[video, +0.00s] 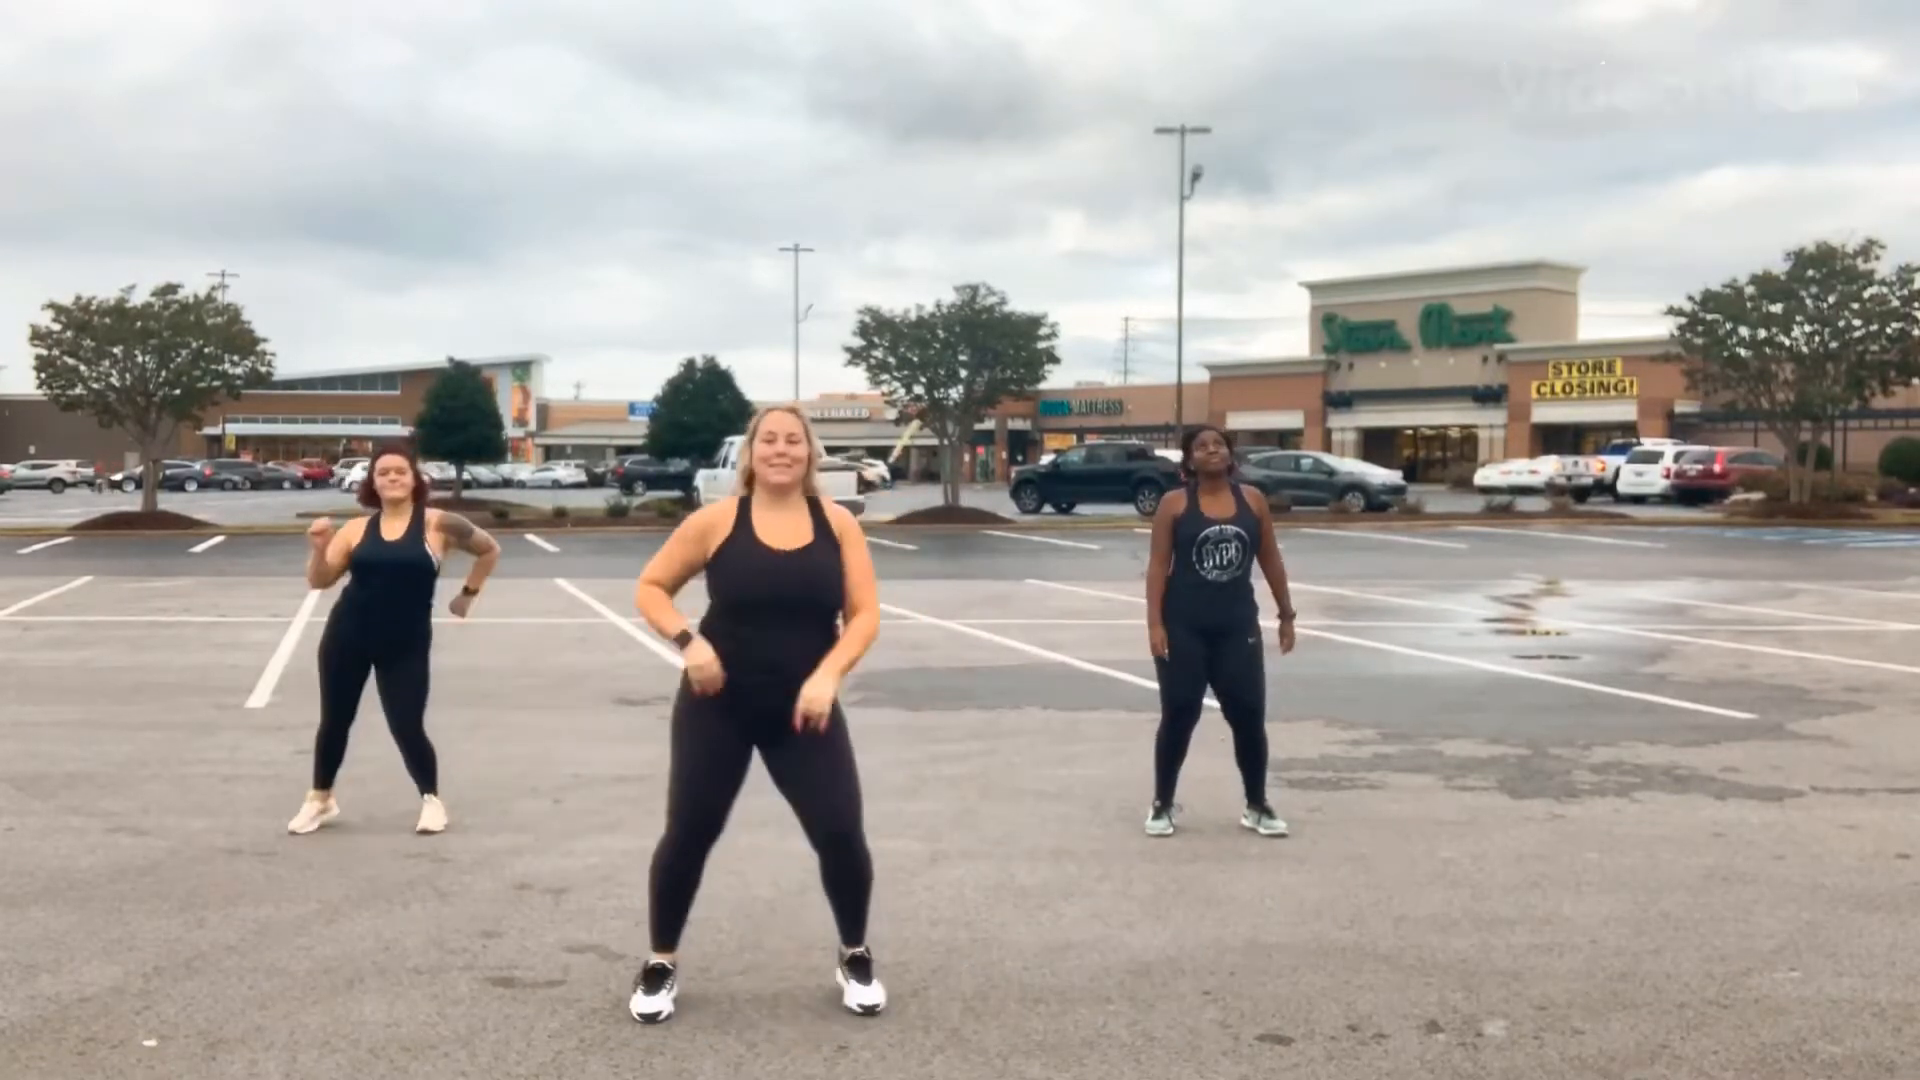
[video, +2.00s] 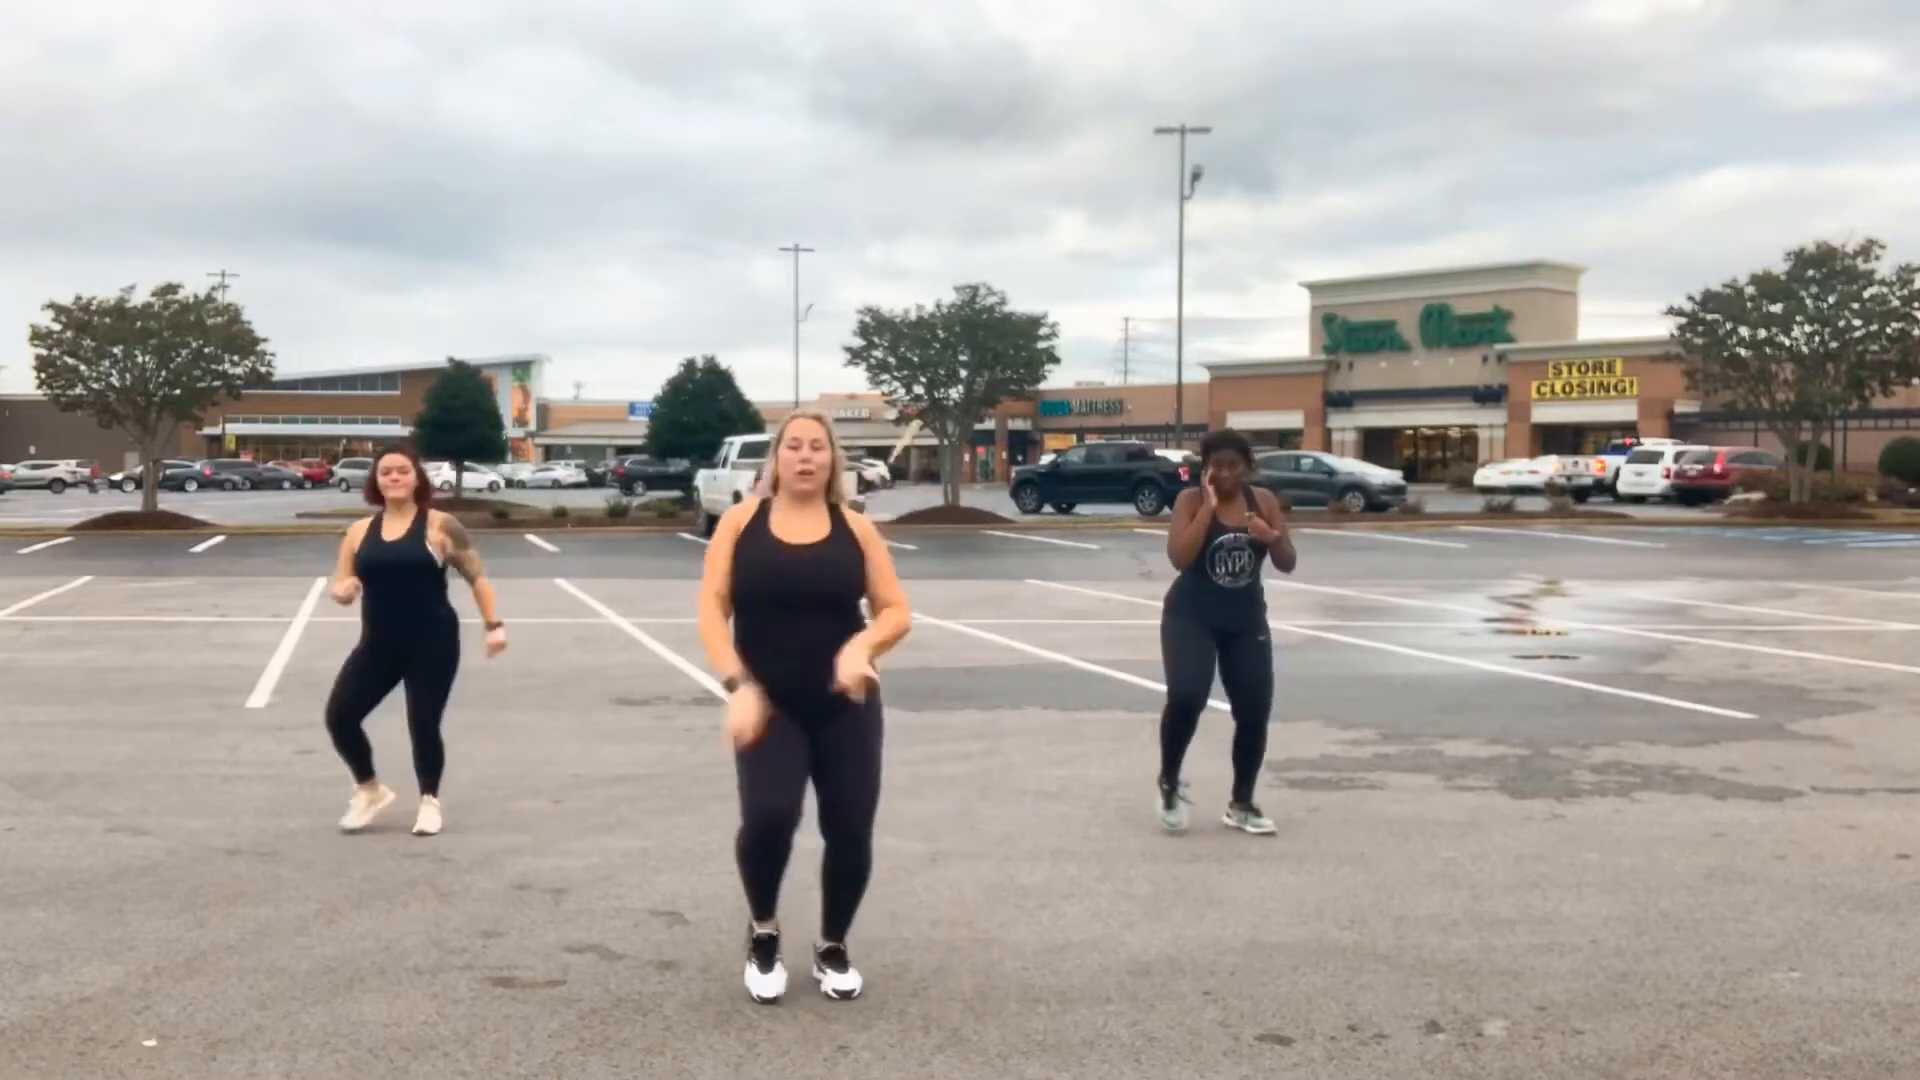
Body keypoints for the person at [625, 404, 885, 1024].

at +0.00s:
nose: (780, 449)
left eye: (792, 440)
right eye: (769, 440)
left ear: (809, 455)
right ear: (750, 454)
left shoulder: (838, 524)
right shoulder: (716, 520)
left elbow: (866, 614)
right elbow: (651, 589)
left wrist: (828, 674)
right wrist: (690, 643)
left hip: (806, 707)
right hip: (718, 702)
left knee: (842, 838)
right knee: (689, 833)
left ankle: (855, 955)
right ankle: (661, 962)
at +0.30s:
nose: (799, 442)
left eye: (811, 433)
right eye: (788, 433)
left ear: (829, 447)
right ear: (769, 446)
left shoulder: (856, 510)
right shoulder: (740, 512)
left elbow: (924, 574)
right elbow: (709, 607)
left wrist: (879, 620)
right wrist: (755, 620)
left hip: (843, 700)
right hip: (757, 699)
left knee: (840, 833)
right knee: (723, 825)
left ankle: (848, 959)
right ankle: (691, 954)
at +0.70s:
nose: (818, 457)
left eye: (829, 448)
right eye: (806, 448)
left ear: (846, 459)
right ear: (787, 460)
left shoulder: (876, 526)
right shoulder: (760, 529)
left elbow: (906, 608)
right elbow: (708, 614)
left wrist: (880, 674)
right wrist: (727, 699)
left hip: (862, 706)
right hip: (783, 710)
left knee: (889, 827)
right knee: (794, 842)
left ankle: (859, 952)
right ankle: (779, 957)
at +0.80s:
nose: (821, 457)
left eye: (832, 447)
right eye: (809, 448)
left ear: (850, 458)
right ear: (791, 459)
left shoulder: (883, 524)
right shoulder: (766, 531)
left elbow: (915, 617)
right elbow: (736, 620)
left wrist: (929, 701)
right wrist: (767, 686)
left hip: (869, 706)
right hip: (788, 707)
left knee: (915, 813)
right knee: (785, 840)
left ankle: (894, 940)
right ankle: (778, 957)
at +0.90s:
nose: (835, 449)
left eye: (846, 439)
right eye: (823, 440)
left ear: (864, 451)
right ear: (805, 452)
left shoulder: (897, 517)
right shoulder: (778, 520)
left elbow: (949, 588)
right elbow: (755, 609)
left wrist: (961, 662)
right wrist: (819, 612)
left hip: (881, 702)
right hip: (795, 704)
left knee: (925, 822)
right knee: (786, 833)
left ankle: (958, 935)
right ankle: (777, 954)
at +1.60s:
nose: (825, 440)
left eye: (837, 431)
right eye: (814, 430)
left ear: (854, 445)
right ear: (796, 445)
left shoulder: (882, 512)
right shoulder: (765, 511)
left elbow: (924, 588)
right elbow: (708, 586)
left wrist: (896, 650)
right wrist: (758, 607)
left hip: (859, 694)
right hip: (776, 695)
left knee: (885, 817)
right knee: (775, 826)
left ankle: (882, 931)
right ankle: (771, 949)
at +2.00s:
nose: (805, 456)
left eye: (816, 447)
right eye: (794, 446)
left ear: (833, 459)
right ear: (775, 458)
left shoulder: (855, 526)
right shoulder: (740, 521)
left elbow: (897, 612)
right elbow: (711, 611)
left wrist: (863, 644)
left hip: (847, 702)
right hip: (766, 701)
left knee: (851, 834)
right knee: (769, 821)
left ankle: (833, 948)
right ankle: (763, 933)